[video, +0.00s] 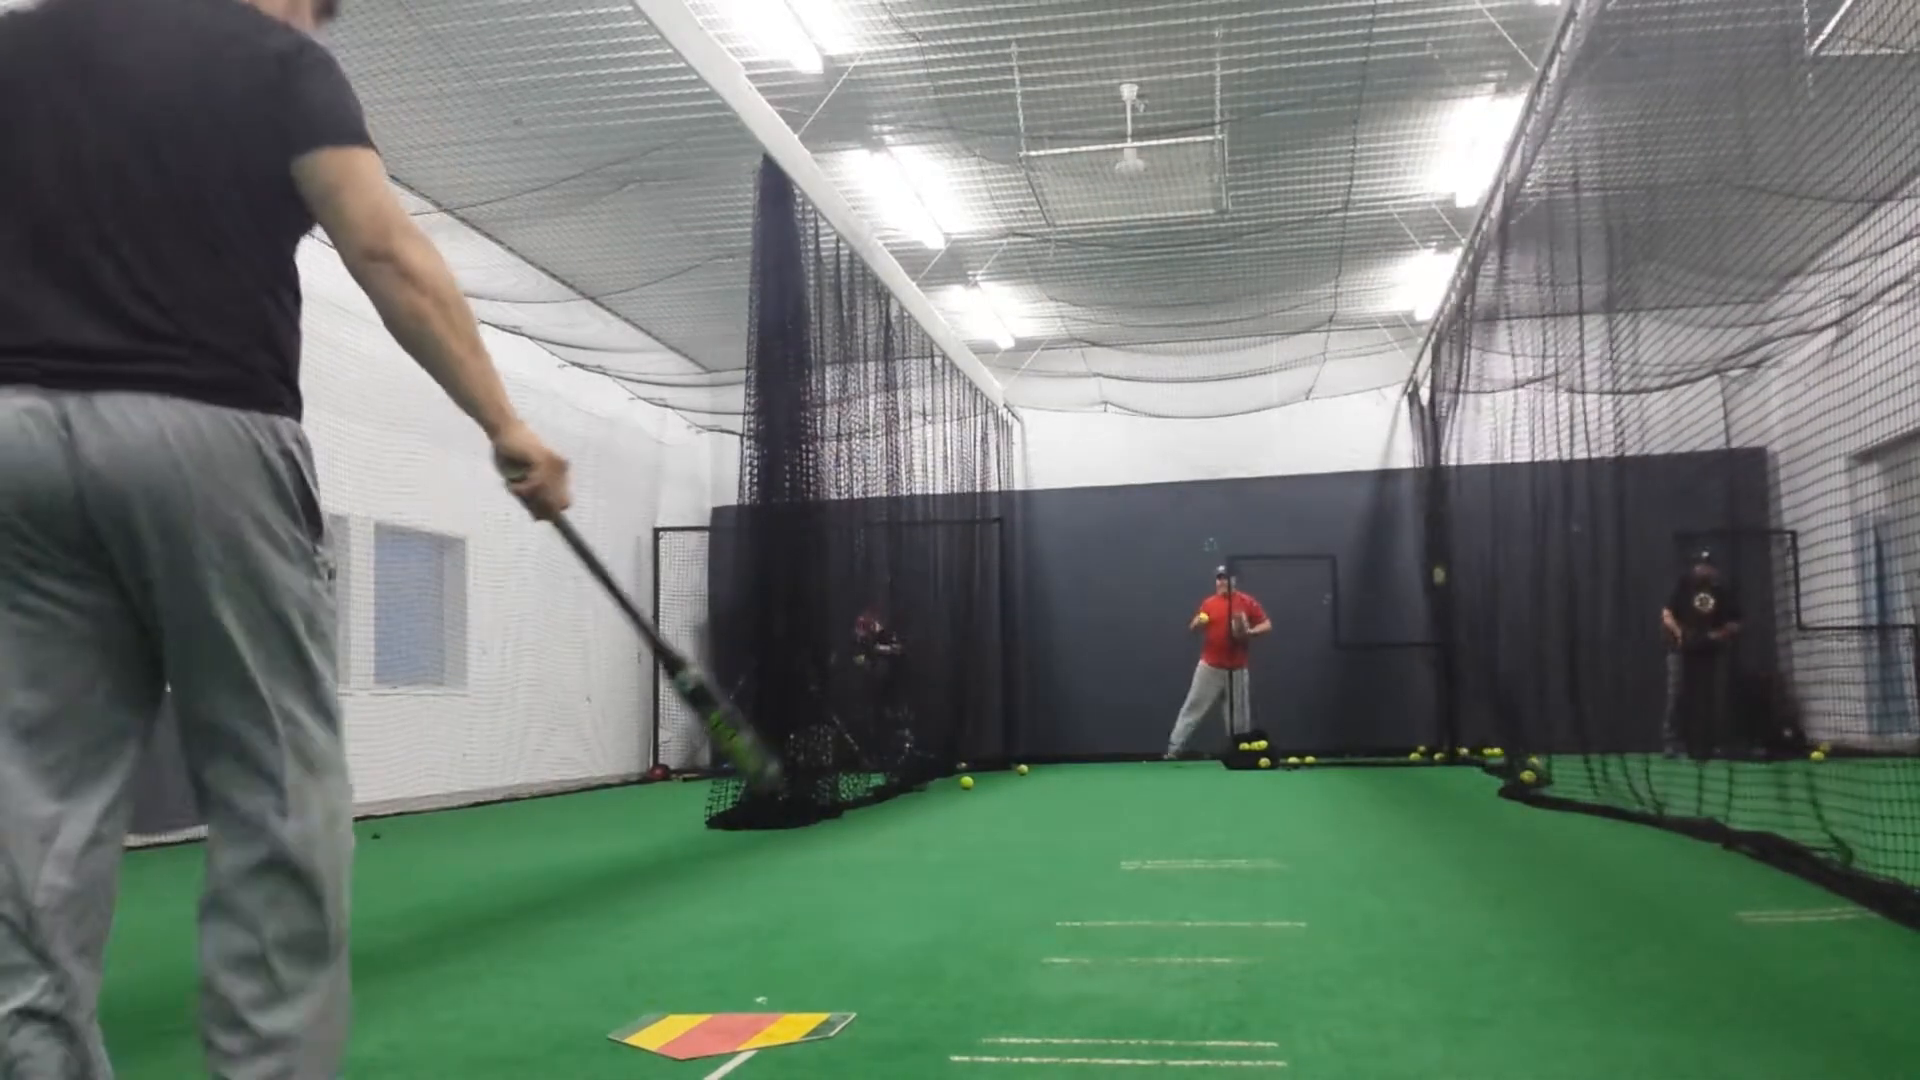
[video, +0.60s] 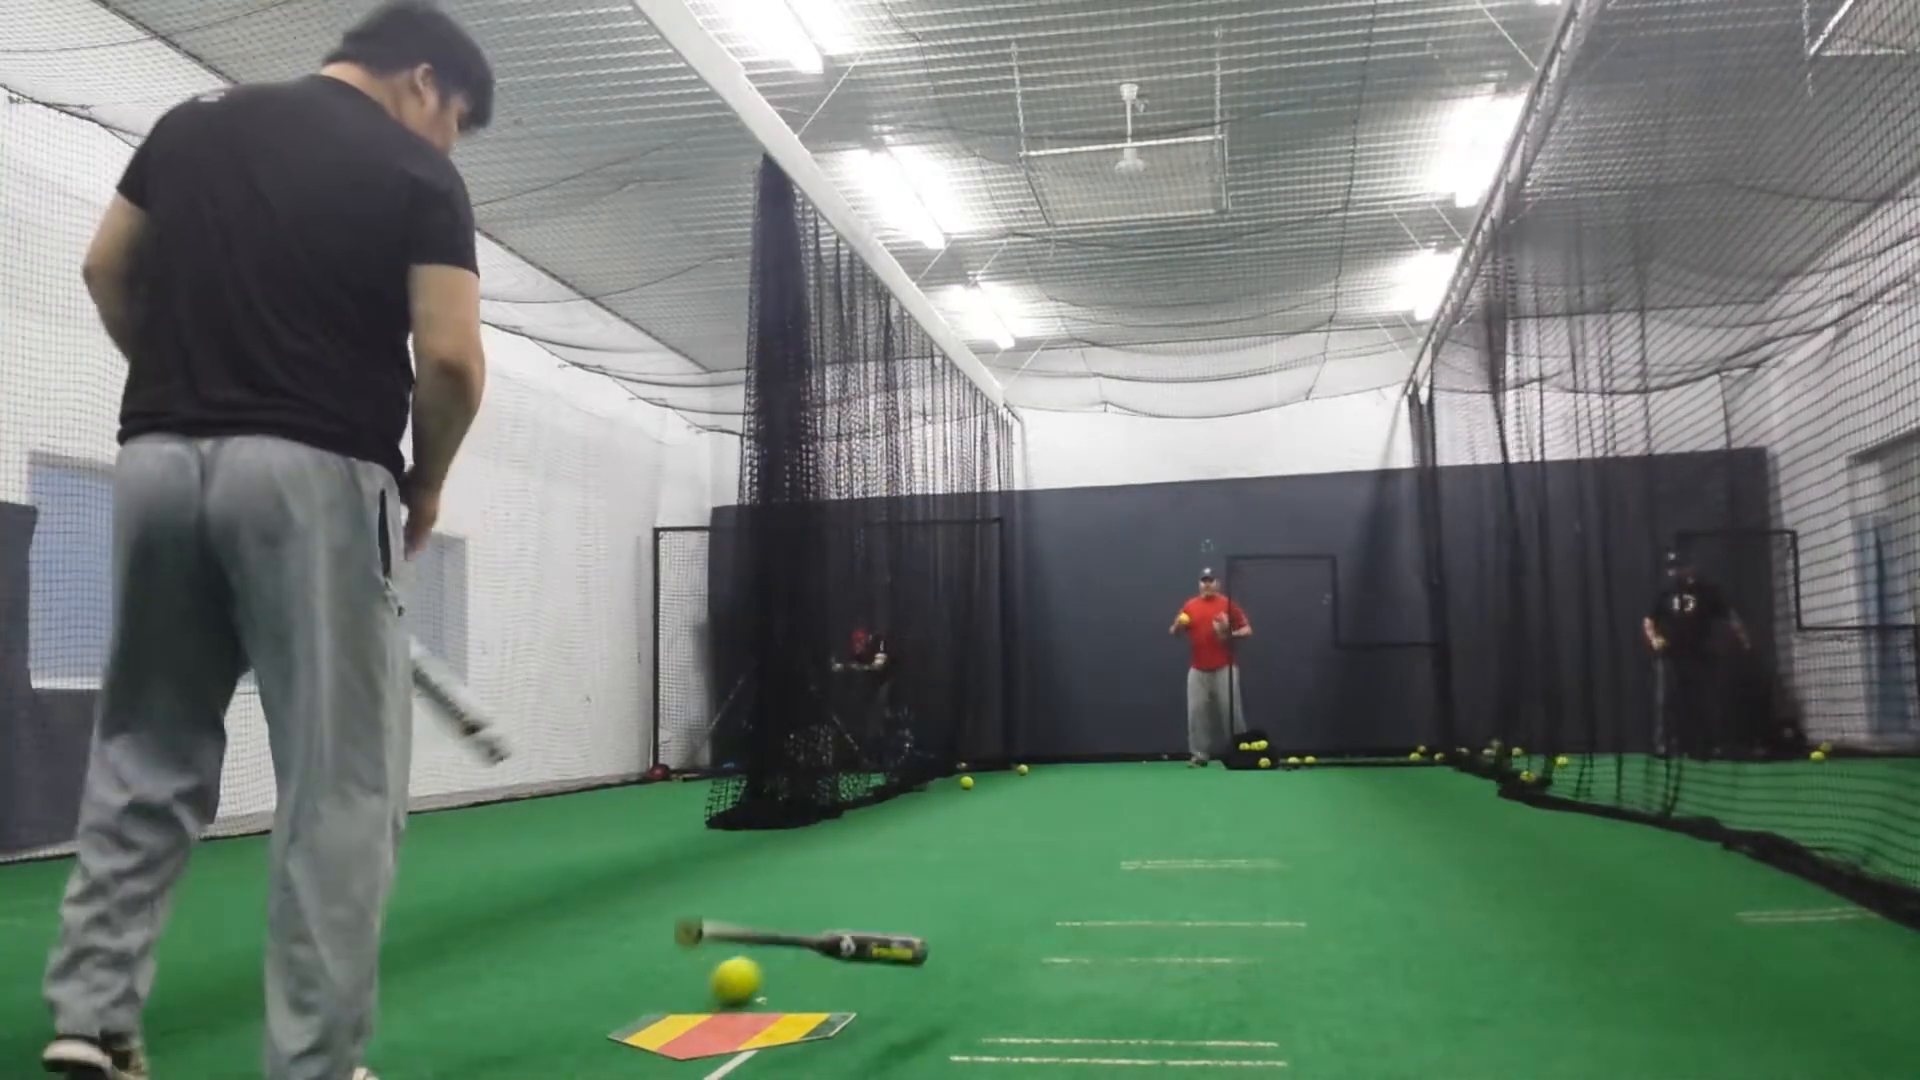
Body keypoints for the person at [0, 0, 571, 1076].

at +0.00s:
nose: (320, 33)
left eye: (324, 22)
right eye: (322, 20)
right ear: (289, 1)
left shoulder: (24, 36)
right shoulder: (280, 57)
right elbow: (386, 252)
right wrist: (505, 422)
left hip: (17, 436)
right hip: (201, 439)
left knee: (46, 773)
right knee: (272, 767)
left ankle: (34, 1055)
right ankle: (272, 1057)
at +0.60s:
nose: (450, 148)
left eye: (459, 129)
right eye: (457, 123)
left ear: (352, 64)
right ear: (421, 80)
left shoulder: (193, 117)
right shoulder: (417, 168)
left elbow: (106, 267)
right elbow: (451, 360)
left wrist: (179, 372)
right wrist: (427, 481)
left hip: (153, 467)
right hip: (305, 473)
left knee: (146, 748)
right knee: (340, 776)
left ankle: (90, 1020)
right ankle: (317, 1056)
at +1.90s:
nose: (387, 223)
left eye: (392, 206)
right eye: (389, 202)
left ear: (293, 171)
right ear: (353, 178)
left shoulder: (206, 233)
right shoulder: (332, 237)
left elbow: (228, 387)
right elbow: (377, 384)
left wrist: (353, 436)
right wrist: (436, 389)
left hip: (129, 497)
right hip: (238, 508)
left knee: (153, 767)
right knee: (255, 764)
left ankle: (149, 1010)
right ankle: (245, 1012)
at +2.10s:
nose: (394, 219)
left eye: (401, 204)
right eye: (393, 195)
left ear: (318, 163)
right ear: (345, 161)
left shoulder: (231, 222)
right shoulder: (326, 228)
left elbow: (277, 388)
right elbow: (393, 378)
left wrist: (405, 408)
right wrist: (457, 360)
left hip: (143, 498)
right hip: (239, 511)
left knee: (166, 766)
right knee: (258, 770)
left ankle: (154, 1002)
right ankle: (247, 1018)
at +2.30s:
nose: (399, 217)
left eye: (407, 201)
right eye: (397, 191)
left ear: (332, 160)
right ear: (345, 156)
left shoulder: (256, 217)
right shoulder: (311, 223)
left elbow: (307, 392)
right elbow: (381, 369)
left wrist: (430, 413)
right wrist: (466, 362)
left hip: (174, 507)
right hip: (237, 517)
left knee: (208, 759)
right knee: (253, 771)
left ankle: (166, 968)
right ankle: (244, 1024)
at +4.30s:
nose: (256, 179)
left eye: (251, 162)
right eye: (251, 160)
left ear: (161, 160)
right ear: (226, 154)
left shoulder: (153, 233)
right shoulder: (186, 221)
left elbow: (200, 400)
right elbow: (206, 336)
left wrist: (314, 413)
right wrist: (323, 358)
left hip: (139, 524)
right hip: (159, 525)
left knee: (162, 773)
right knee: (179, 773)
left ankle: (160, 1011)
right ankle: (182, 1015)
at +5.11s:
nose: (260, 123)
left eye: (256, 106)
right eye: (257, 106)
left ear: (147, 108)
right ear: (234, 104)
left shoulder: (81, 212)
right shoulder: (247, 203)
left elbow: (52, 370)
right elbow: (290, 337)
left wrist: (106, 444)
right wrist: (344, 385)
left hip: (73, 510)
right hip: (182, 516)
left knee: (132, 769)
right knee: (186, 773)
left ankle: (167, 992)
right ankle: (156, 1033)